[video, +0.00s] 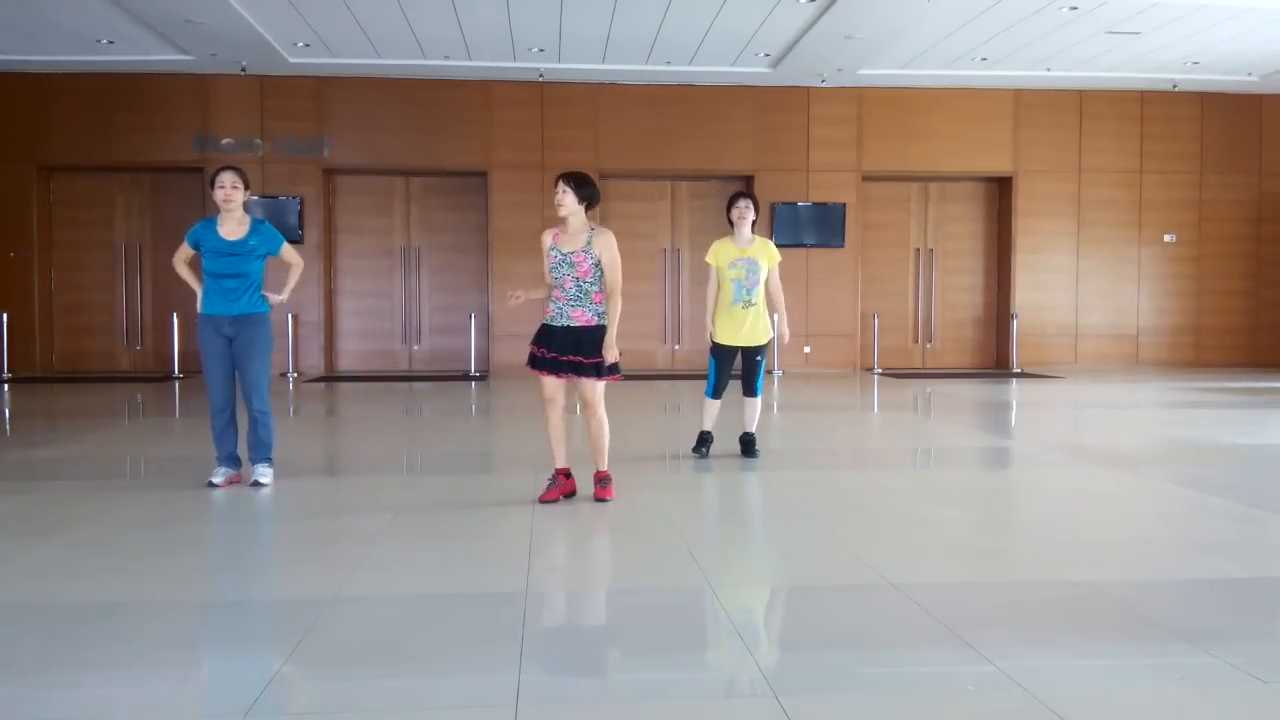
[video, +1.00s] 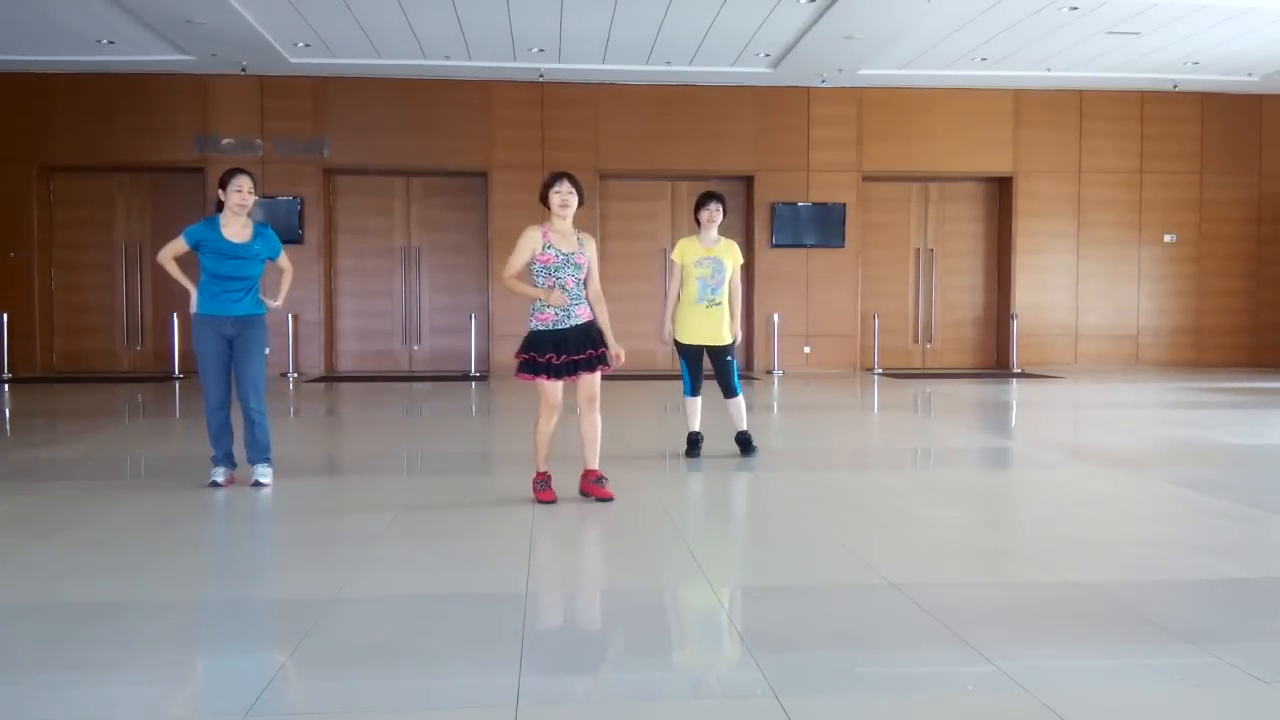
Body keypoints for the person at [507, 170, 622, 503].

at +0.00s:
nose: (557, 198)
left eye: (564, 193)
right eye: (556, 193)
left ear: (583, 199)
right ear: (556, 200)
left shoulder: (603, 239)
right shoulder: (550, 238)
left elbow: (614, 291)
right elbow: (551, 289)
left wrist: (611, 337)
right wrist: (527, 293)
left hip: (591, 332)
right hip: (554, 330)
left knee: (593, 406)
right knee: (552, 401)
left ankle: (602, 475)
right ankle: (562, 475)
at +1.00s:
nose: (564, 197)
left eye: (570, 193)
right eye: (557, 193)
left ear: (578, 201)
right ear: (547, 200)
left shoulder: (586, 242)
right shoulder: (534, 235)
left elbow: (595, 292)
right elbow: (508, 277)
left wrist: (610, 339)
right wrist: (542, 293)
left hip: (585, 330)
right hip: (548, 332)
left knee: (590, 401)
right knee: (552, 405)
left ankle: (592, 474)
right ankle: (542, 475)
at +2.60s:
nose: (572, 201)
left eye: (578, 196)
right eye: (565, 196)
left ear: (586, 203)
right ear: (554, 202)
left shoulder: (594, 244)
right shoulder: (543, 237)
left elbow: (605, 295)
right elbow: (522, 282)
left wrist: (621, 341)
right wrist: (524, 330)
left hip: (594, 333)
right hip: (558, 335)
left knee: (595, 404)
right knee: (562, 407)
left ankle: (598, 475)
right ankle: (544, 475)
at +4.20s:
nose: (583, 205)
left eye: (589, 199)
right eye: (577, 199)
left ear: (598, 205)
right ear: (567, 205)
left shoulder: (611, 246)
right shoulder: (552, 243)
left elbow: (623, 295)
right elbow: (542, 294)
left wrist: (636, 342)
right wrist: (547, 341)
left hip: (611, 336)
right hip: (571, 339)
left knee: (607, 407)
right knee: (576, 411)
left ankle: (605, 476)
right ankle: (550, 475)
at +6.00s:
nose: (578, 203)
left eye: (583, 198)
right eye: (570, 198)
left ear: (592, 205)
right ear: (560, 205)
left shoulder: (597, 247)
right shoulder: (554, 237)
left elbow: (610, 296)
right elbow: (518, 271)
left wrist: (629, 342)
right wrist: (547, 308)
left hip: (601, 334)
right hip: (567, 336)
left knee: (599, 406)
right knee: (577, 409)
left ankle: (602, 476)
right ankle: (549, 477)